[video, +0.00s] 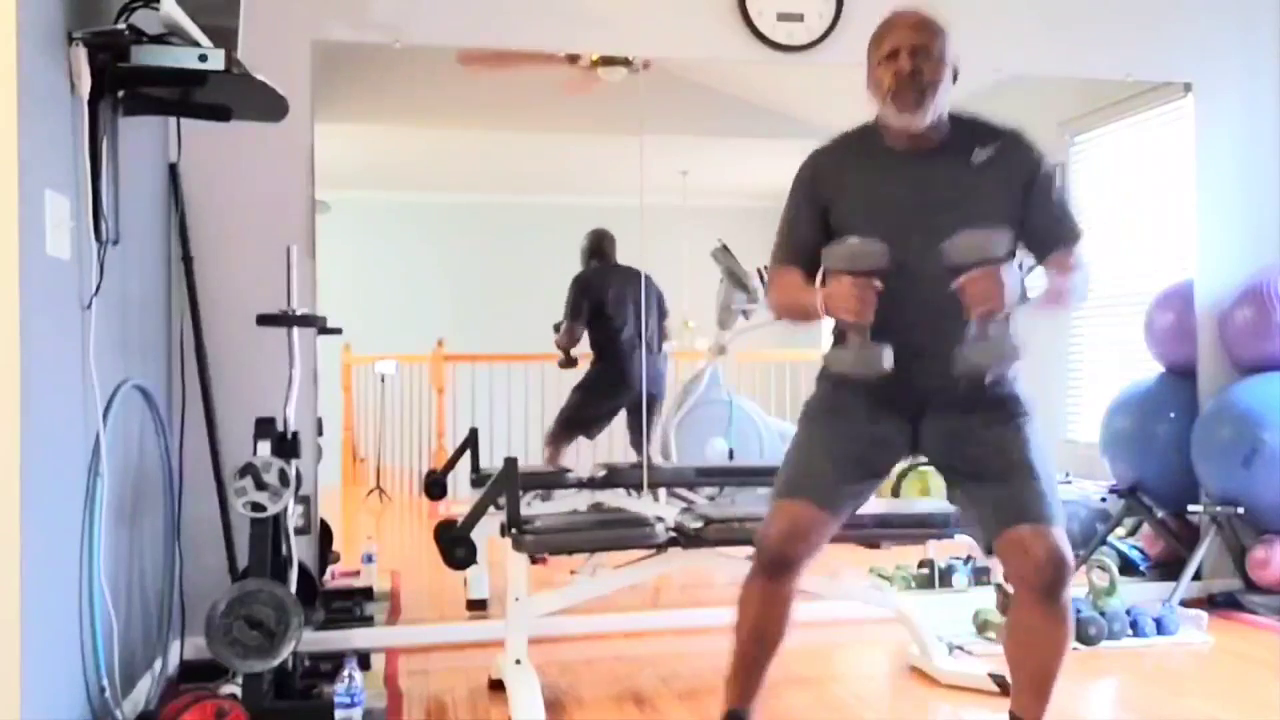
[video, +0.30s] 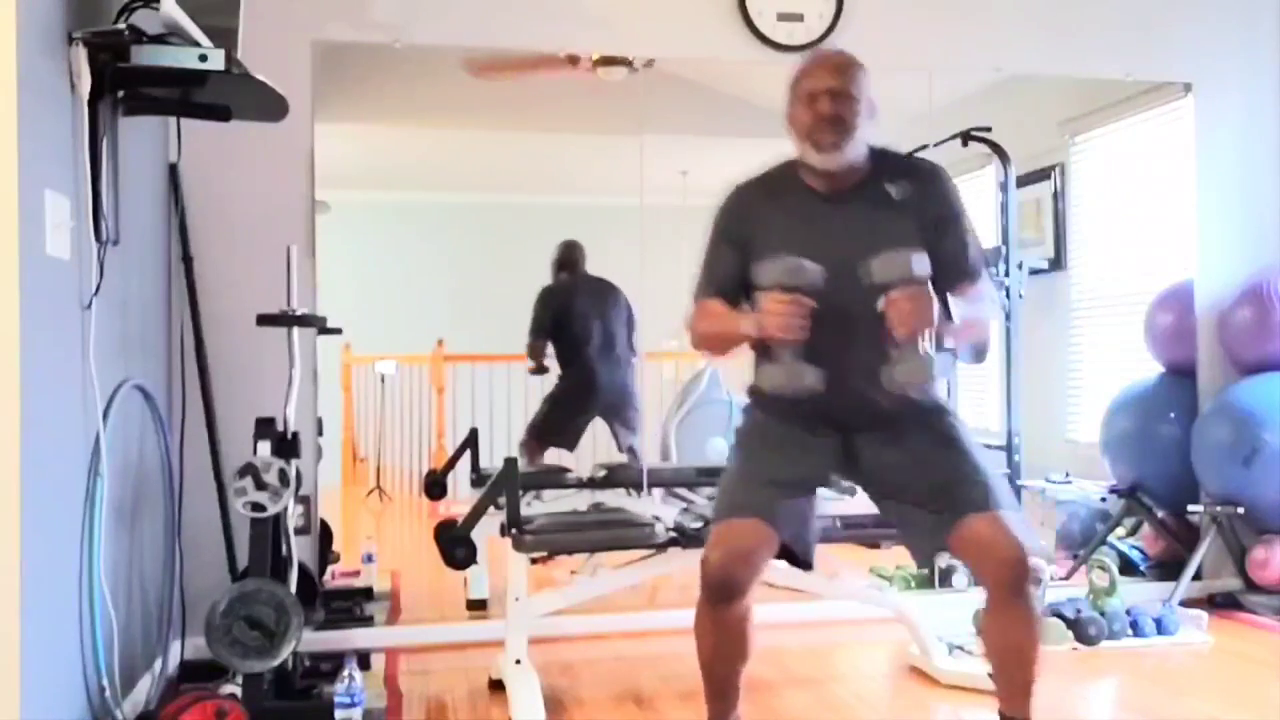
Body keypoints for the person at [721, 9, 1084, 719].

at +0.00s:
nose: (904, 66)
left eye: (921, 54)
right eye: (889, 56)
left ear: (951, 72)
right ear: (870, 76)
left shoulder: (1007, 157)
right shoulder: (828, 169)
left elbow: (1067, 272)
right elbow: (782, 289)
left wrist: (1018, 286)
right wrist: (822, 296)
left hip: (975, 399)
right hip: (859, 394)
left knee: (1045, 565)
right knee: (778, 547)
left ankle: (1027, 716)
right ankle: (736, 710)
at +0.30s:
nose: (825, 110)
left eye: (840, 97)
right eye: (811, 98)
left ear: (869, 109)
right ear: (789, 112)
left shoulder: (920, 187)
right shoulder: (751, 203)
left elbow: (982, 321)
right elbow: (704, 326)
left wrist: (939, 314)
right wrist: (751, 322)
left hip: (902, 416)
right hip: (786, 417)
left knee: (1009, 565)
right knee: (724, 570)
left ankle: (1016, 716)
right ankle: (721, 715)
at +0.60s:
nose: (763, 22)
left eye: (782, 7)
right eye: (747, 8)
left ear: (814, 18)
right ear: (727, 23)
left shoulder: (865, 110)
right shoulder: (695, 121)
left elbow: (916, 201)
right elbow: (642, 218)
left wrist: (934, 221)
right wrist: (630, 249)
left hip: (820, 366)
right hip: (714, 367)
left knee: (857, 559)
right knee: (701, 549)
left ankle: (813, 711)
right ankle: (714, 712)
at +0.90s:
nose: (745, 18)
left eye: (762, 3)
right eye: (730, 4)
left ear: (791, 14)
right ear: (712, 15)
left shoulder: (842, 110)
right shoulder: (667, 107)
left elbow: (891, 212)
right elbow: (603, 212)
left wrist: (875, 232)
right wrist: (632, 240)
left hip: (787, 364)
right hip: (676, 358)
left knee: (812, 544)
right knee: (632, 522)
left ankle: (803, 715)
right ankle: (656, 692)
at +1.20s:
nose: (681, 140)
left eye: (697, 127)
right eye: (665, 127)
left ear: (721, 142)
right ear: (643, 144)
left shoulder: (766, 224)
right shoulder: (602, 229)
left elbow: (809, 365)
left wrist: (778, 342)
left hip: (744, 447)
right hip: (625, 450)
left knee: (860, 575)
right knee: (530, 588)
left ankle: (810, 714)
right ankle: (515, 715)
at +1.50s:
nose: (614, 30)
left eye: (631, 14)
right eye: (598, 15)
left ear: (658, 23)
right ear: (575, 25)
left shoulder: (702, 119)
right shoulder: (528, 118)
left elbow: (743, 223)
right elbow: (472, 211)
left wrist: (761, 255)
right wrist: (466, 249)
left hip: (666, 368)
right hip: (550, 372)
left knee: (739, 541)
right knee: (515, 560)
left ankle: (739, 699)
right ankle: (511, 718)